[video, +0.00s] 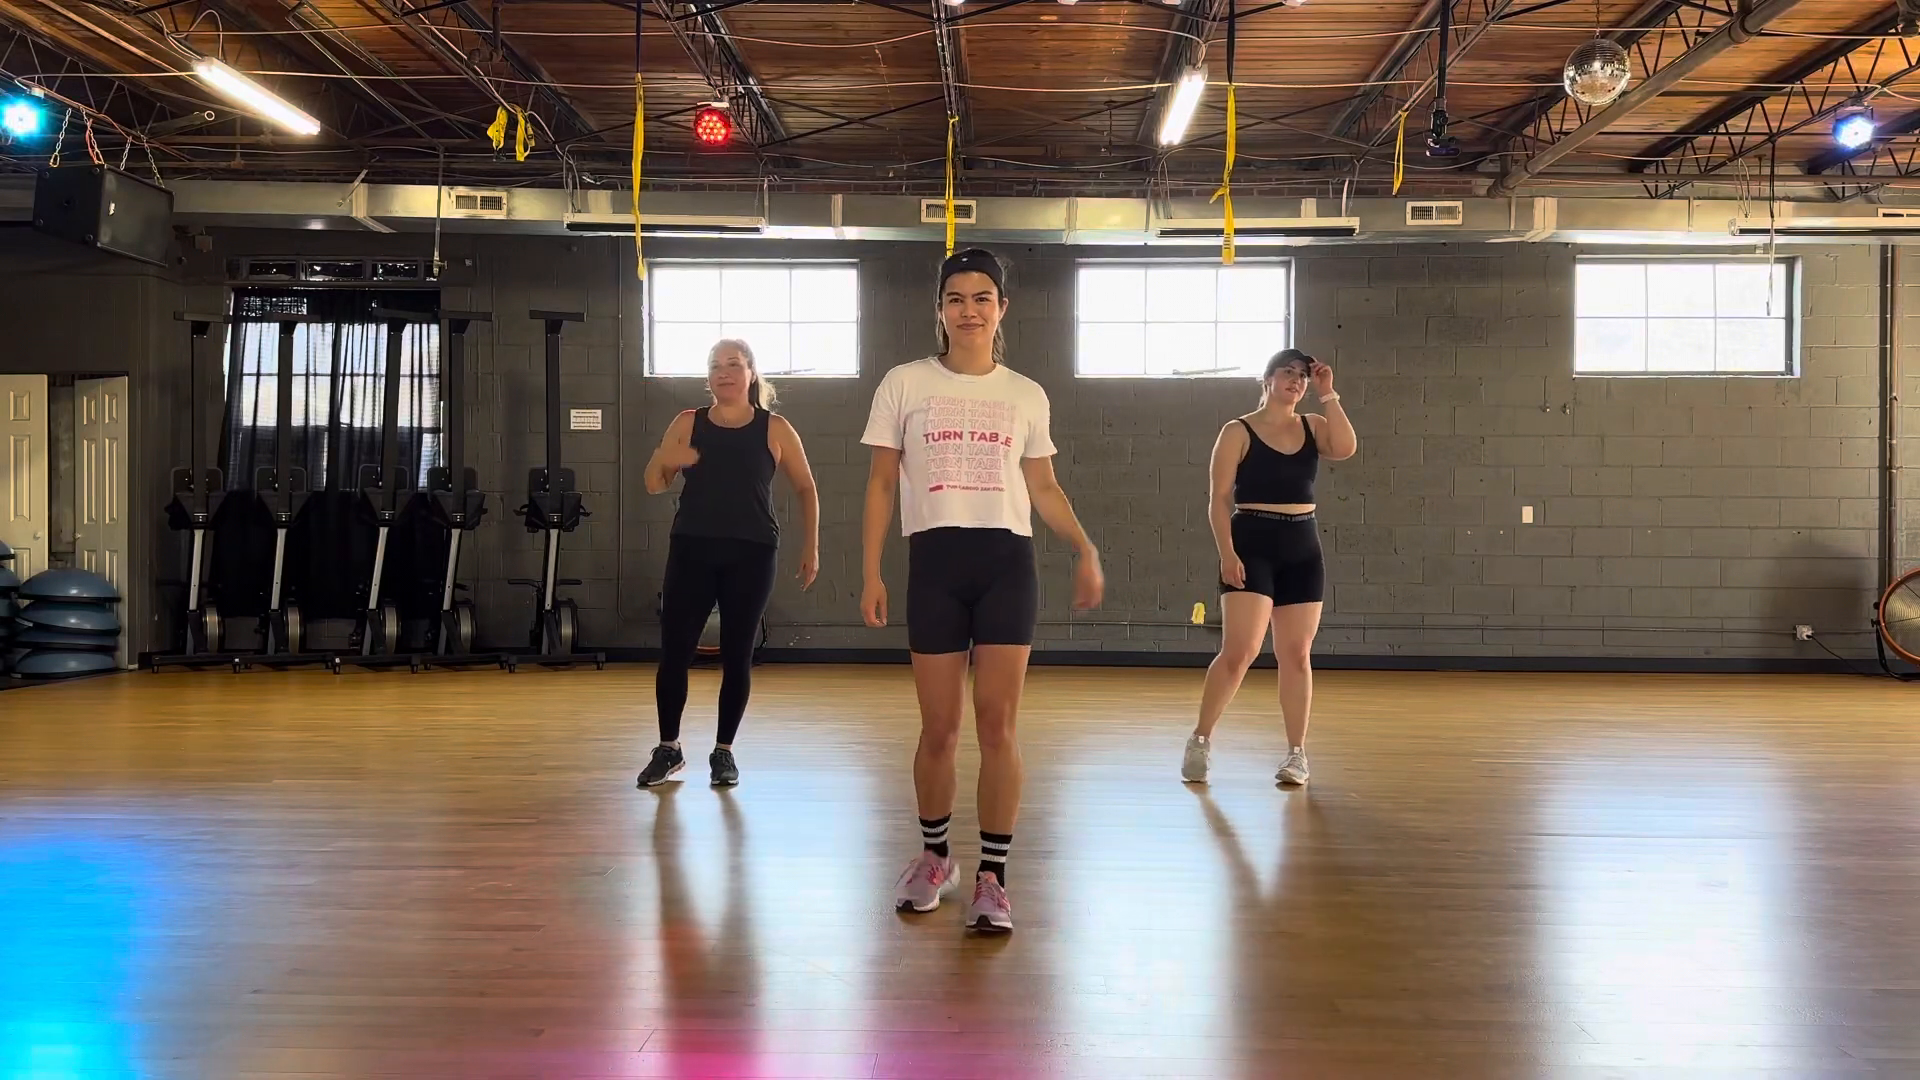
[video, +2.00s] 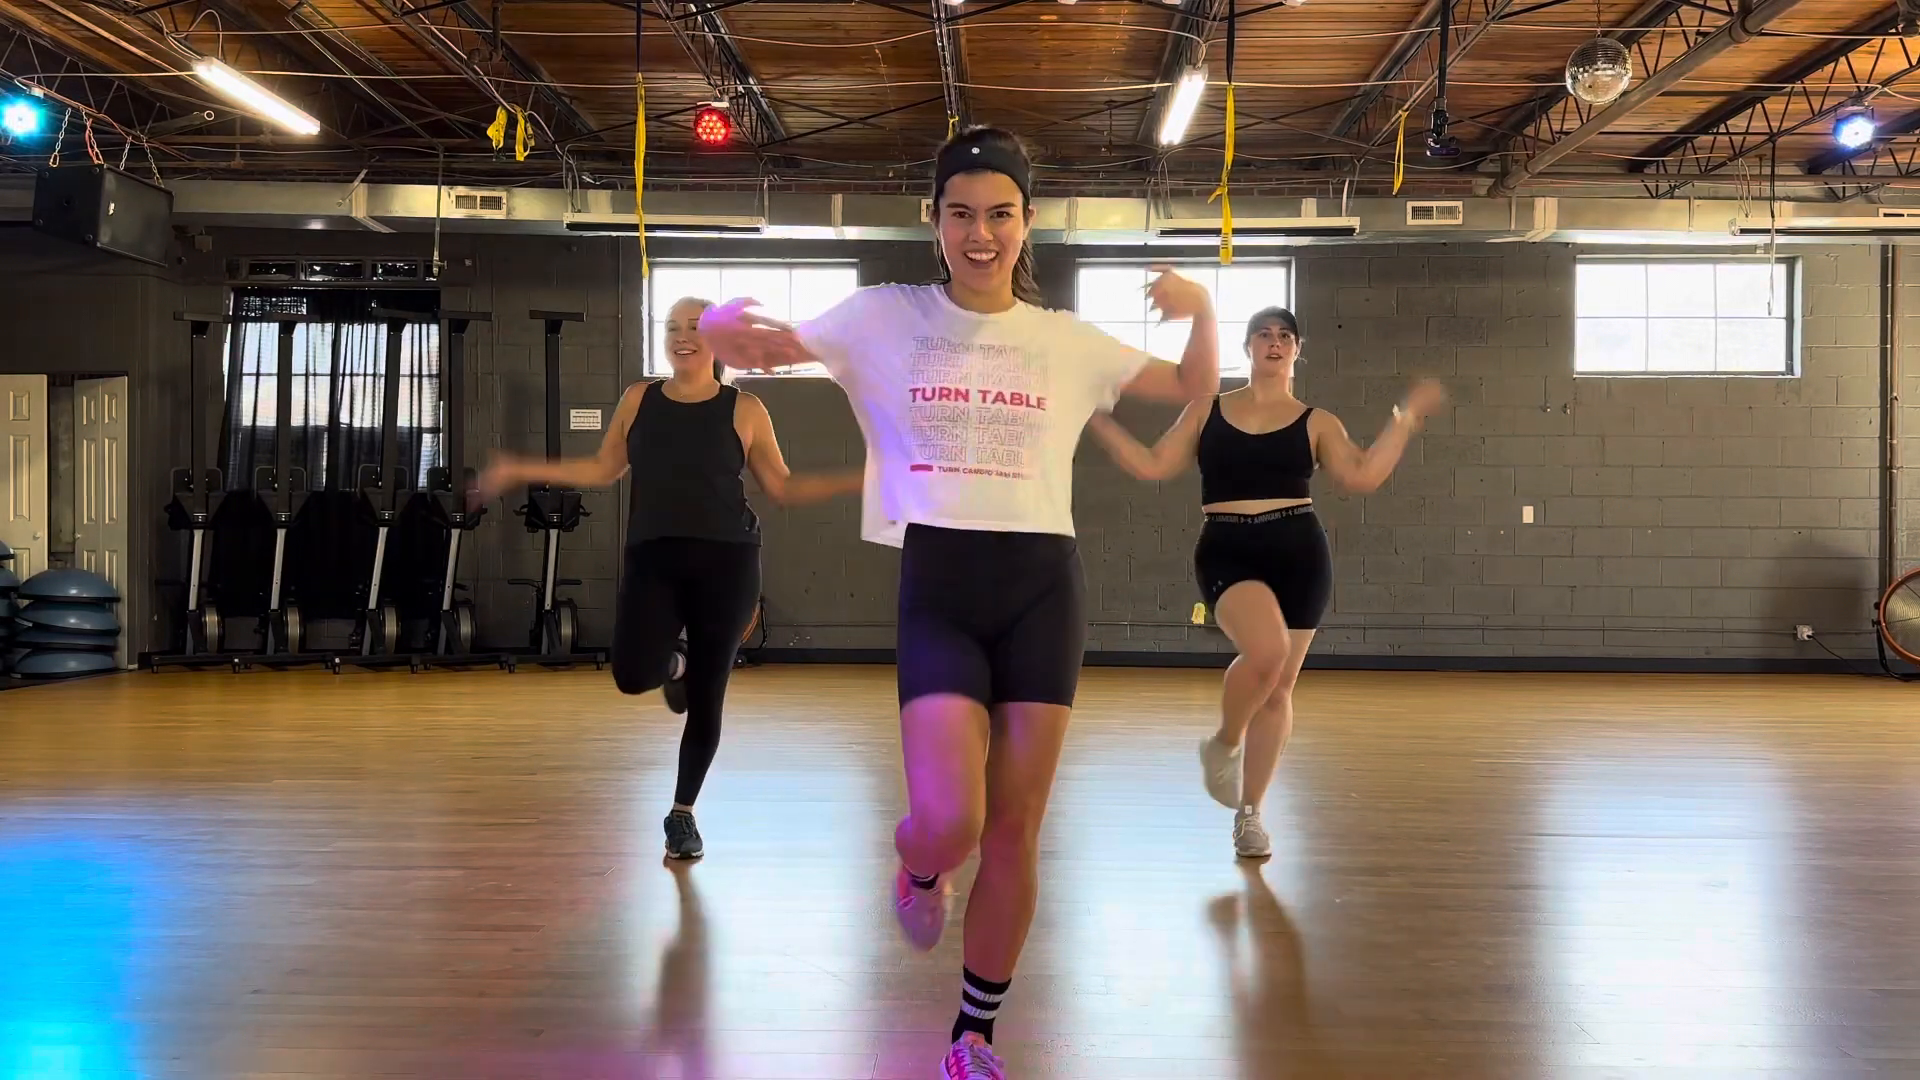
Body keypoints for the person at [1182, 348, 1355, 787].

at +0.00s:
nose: (1294, 380)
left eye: (1301, 376)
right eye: (1286, 372)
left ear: (1305, 389)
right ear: (1267, 380)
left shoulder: (1311, 426)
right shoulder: (1238, 431)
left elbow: (1345, 447)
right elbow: (1220, 498)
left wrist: (1328, 394)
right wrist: (1227, 554)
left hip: (1303, 548)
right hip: (1251, 545)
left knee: (1297, 654)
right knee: (1239, 652)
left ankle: (1296, 753)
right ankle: (1200, 740)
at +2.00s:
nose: (1275, 342)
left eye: (1285, 336)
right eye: (1265, 334)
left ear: (1298, 353)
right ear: (1247, 349)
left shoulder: (1317, 420)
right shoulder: (1210, 408)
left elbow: (1364, 476)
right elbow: (1154, 465)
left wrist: (1406, 417)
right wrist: (1094, 416)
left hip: (1298, 548)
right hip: (1227, 546)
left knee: (1278, 691)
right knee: (1267, 653)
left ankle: (1251, 811)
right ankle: (1224, 746)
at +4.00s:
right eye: (1286, 344)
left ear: (1242, 355)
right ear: (1287, 352)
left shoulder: (1215, 416)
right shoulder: (1320, 402)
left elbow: (1193, 480)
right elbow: (1354, 474)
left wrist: (1184, 524)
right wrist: (1368, 547)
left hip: (1248, 547)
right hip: (1316, 548)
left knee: (1256, 687)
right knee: (1295, 635)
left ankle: (1267, 819)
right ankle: (1281, 743)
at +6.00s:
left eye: (1231, 389)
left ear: (1230, 392)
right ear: (1269, 395)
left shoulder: (1203, 426)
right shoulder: (1290, 441)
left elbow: (1178, 484)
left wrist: (1169, 535)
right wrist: (1266, 551)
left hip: (1210, 540)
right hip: (1263, 546)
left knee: (1233, 652)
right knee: (1212, 648)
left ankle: (1254, 752)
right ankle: (1185, 740)